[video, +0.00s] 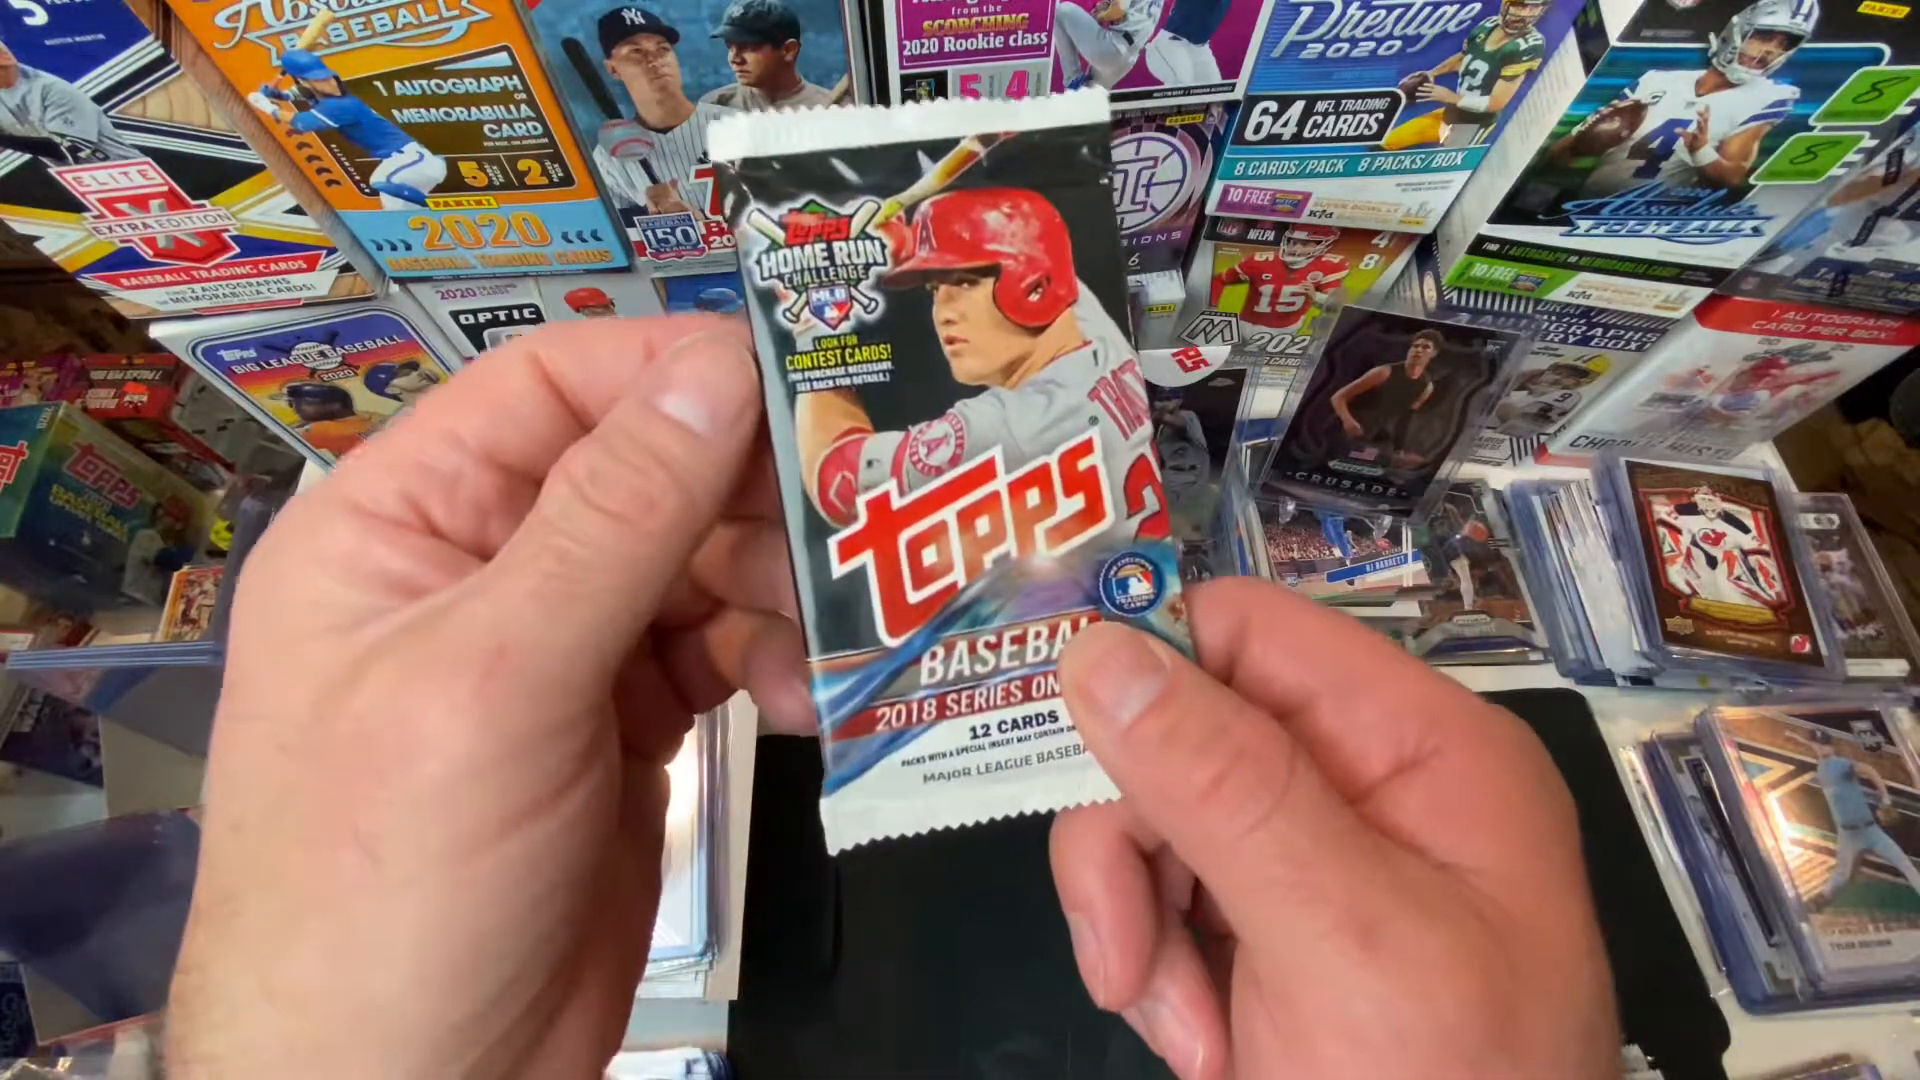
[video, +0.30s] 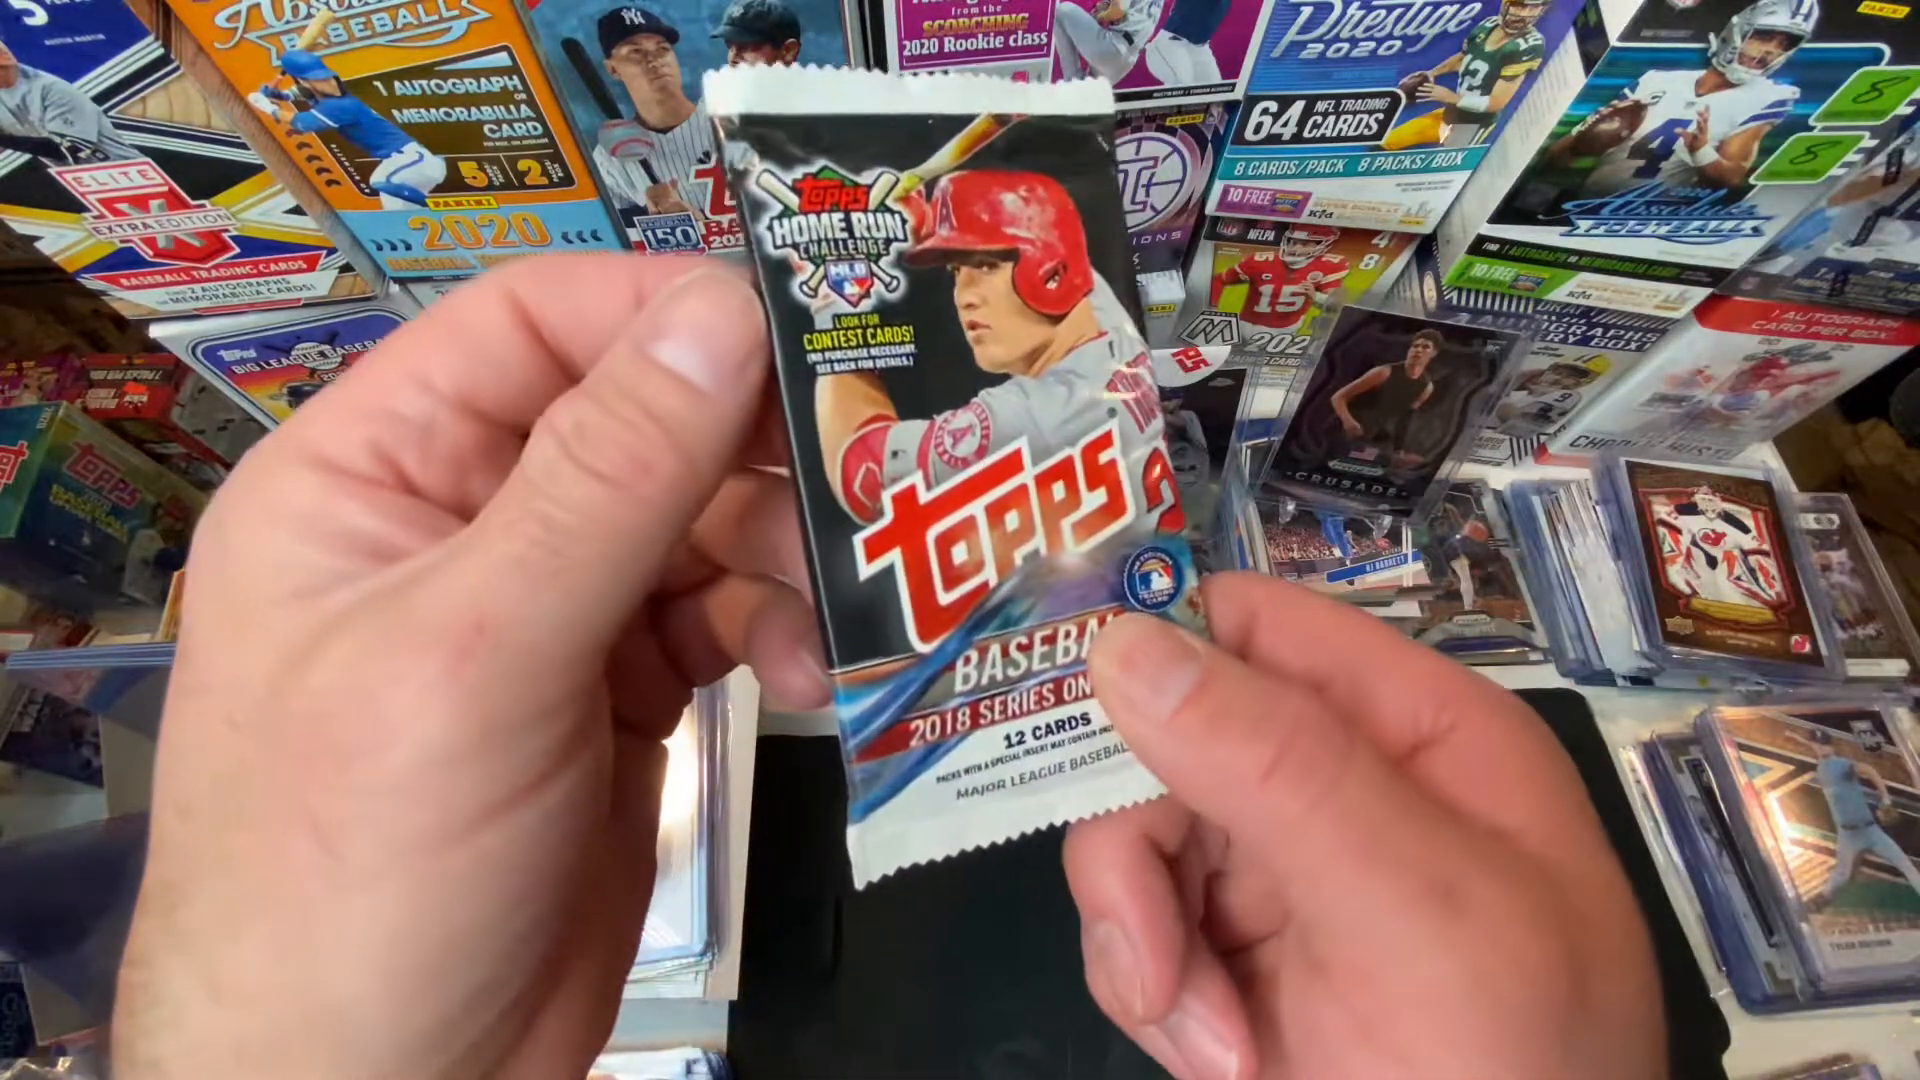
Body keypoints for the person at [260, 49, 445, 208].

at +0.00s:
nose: (329, 80)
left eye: (327, 75)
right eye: (321, 77)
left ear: (310, 82)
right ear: (305, 83)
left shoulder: (344, 106)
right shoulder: (332, 103)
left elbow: (300, 123)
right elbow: (300, 94)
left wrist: (271, 110)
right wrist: (276, 94)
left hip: (414, 159)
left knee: (380, 179)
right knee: (399, 221)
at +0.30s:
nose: (300, 87)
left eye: (301, 82)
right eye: (304, 82)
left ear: (309, 83)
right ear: (311, 82)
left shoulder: (343, 106)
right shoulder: (332, 100)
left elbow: (300, 123)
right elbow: (303, 91)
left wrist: (271, 109)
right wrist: (277, 94)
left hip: (414, 158)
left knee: (380, 180)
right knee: (398, 222)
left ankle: (433, 214)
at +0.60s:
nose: (330, 80)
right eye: (322, 77)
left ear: (307, 83)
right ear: (307, 83)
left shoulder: (342, 106)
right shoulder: (333, 104)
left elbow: (300, 123)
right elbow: (301, 94)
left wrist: (271, 110)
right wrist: (277, 95)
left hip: (414, 159)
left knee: (380, 180)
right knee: (400, 219)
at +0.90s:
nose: (331, 80)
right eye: (322, 78)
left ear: (308, 83)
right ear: (308, 83)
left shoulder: (342, 106)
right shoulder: (331, 103)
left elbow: (300, 123)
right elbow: (300, 93)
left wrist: (270, 109)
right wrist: (276, 94)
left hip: (414, 158)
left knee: (380, 180)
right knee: (399, 219)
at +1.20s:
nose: (331, 80)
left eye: (329, 75)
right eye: (323, 78)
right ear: (305, 84)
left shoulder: (341, 106)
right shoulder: (329, 103)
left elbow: (299, 122)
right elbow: (299, 94)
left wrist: (270, 109)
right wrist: (275, 94)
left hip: (415, 158)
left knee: (380, 179)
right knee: (400, 223)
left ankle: (436, 219)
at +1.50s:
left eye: (301, 82)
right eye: (301, 82)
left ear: (309, 83)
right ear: (311, 81)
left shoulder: (342, 106)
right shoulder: (333, 101)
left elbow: (299, 123)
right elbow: (303, 92)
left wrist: (270, 109)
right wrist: (277, 95)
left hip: (414, 158)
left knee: (381, 180)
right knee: (397, 219)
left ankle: (434, 212)